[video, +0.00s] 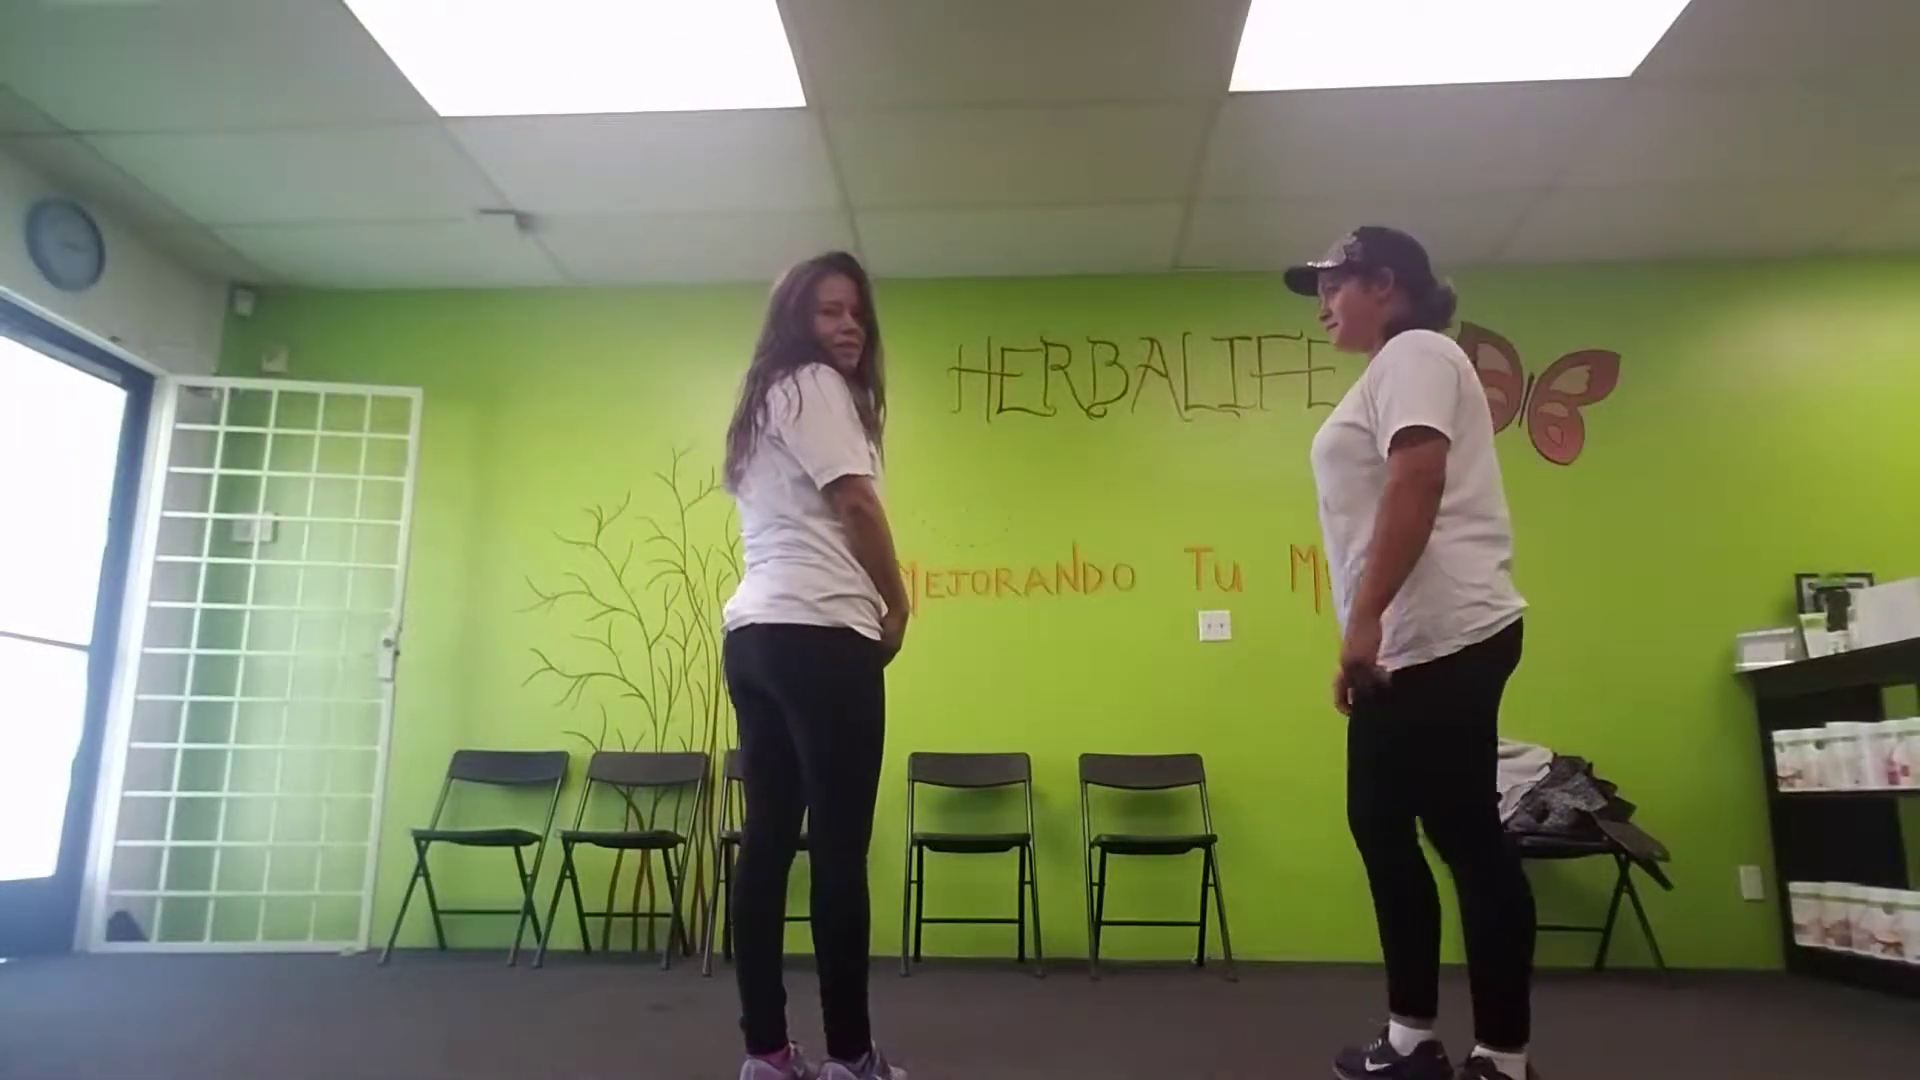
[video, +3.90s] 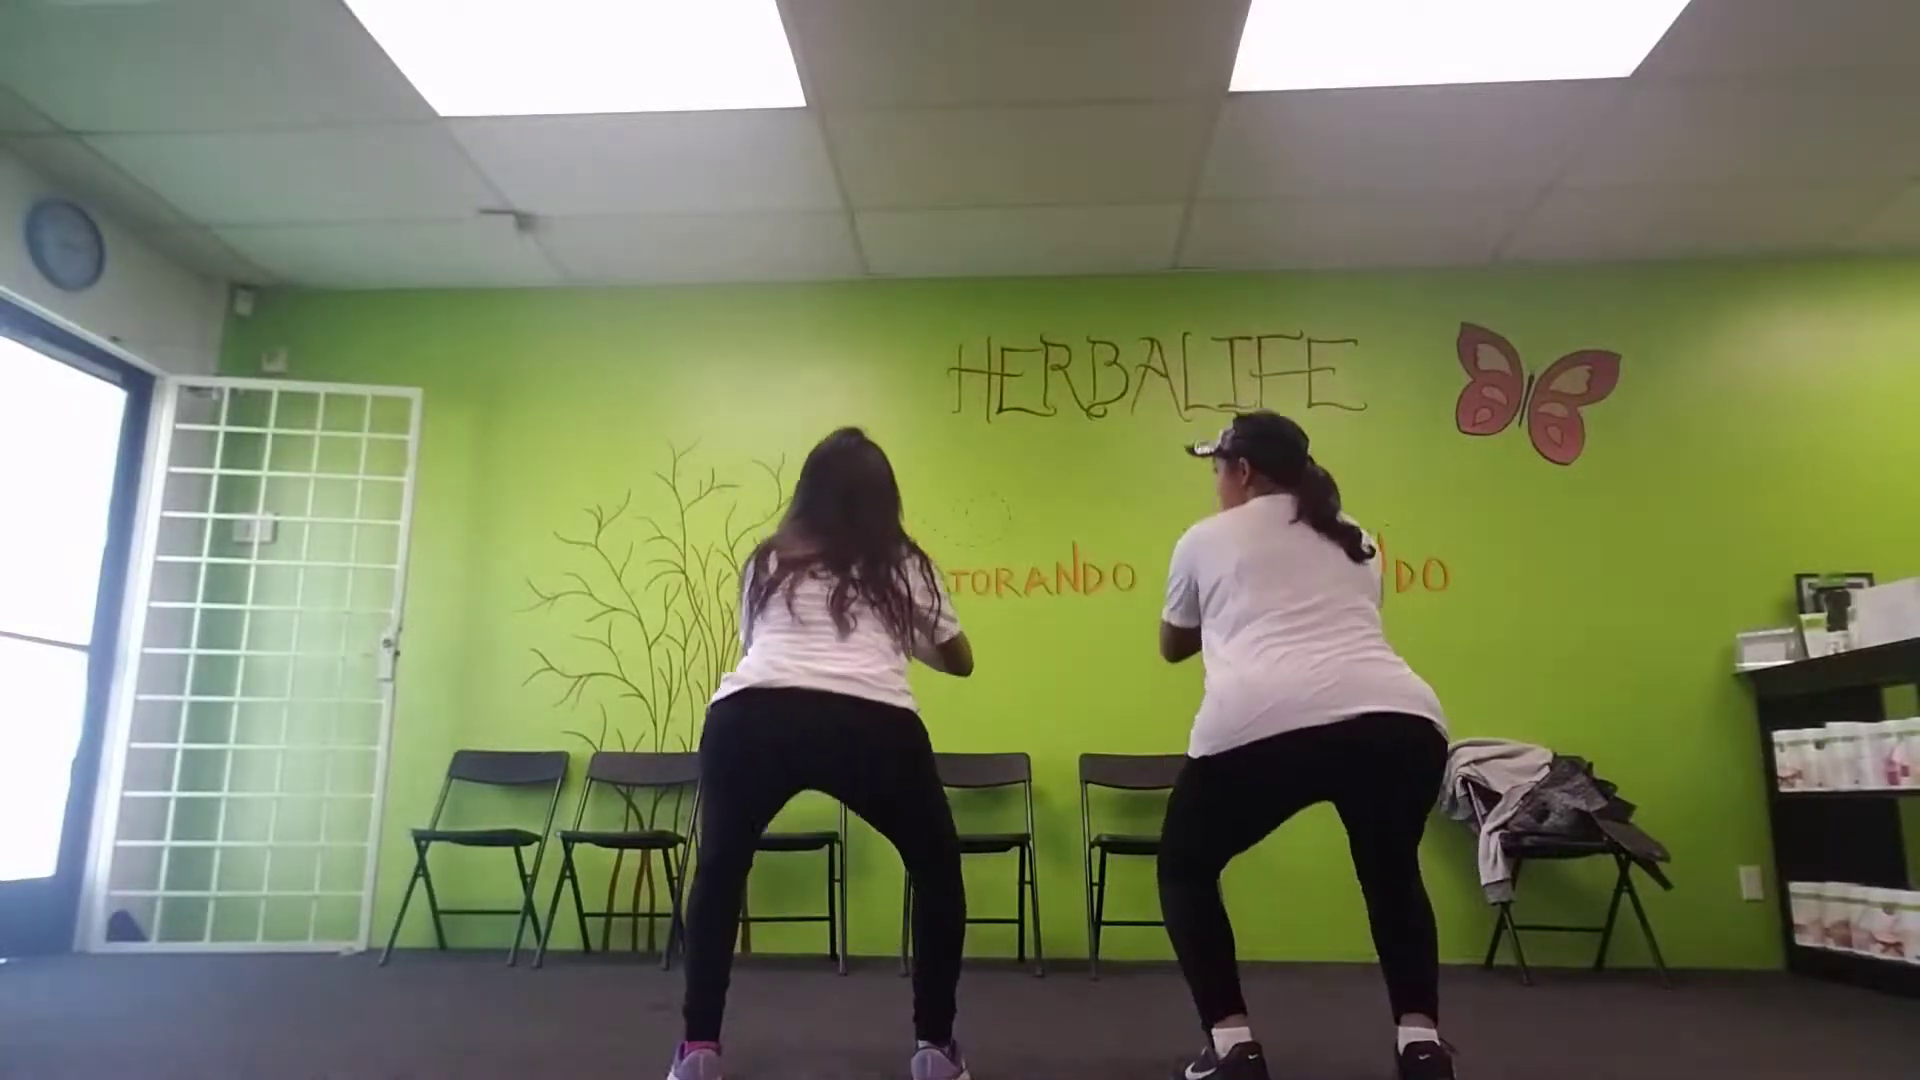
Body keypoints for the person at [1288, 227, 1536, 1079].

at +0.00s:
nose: (1322, 304)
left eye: (1333, 287)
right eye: (1322, 290)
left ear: (1384, 287)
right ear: (1381, 292)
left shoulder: (1415, 355)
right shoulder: (1396, 369)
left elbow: (1418, 484)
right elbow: (1396, 513)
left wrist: (1366, 613)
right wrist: (1358, 645)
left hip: (1446, 637)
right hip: (1402, 644)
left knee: (1468, 834)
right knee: (1380, 823)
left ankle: (1504, 1060)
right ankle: (1411, 1042)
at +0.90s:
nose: (1291, 342)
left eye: (1301, 327)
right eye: (1293, 328)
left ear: (1344, 327)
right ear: (1365, 335)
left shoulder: (1330, 378)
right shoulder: (1418, 416)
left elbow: (1307, 482)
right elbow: (1435, 557)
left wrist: (1238, 595)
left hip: (1352, 646)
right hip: (1416, 639)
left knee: (1376, 840)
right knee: (1399, 843)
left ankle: (1488, 1045)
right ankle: (1411, 1039)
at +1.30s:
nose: (1276, 351)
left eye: (1284, 337)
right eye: (1277, 337)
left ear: (1319, 336)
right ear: (1359, 340)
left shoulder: (1295, 395)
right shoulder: (1424, 417)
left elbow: (1244, 492)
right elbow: (1455, 545)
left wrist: (1189, 551)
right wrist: (1375, 566)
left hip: (1316, 651)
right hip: (1422, 645)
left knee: (1293, 832)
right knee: (1402, 832)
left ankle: (1358, 1014)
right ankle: (1419, 1033)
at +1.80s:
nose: (1215, 334)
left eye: (1221, 320)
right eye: (1217, 320)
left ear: (1243, 323)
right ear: (1303, 322)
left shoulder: (1198, 396)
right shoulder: (1361, 400)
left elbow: (1166, 513)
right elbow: (1367, 508)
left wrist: (1249, 479)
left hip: (1236, 649)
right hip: (1359, 640)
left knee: (1233, 847)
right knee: (1369, 833)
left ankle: (1235, 1050)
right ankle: (1411, 1039)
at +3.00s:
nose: (1224, 458)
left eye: (1229, 443)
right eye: (1225, 443)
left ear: (1259, 440)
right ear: (1305, 443)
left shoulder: (1219, 514)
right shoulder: (1373, 510)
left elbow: (1187, 618)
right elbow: (1375, 595)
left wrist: (1266, 583)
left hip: (1274, 716)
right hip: (1409, 709)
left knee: (1200, 863)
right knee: (1399, 862)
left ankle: (1231, 1049)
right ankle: (1424, 1043)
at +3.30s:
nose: (1215, 579)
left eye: (1219, 566)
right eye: (1215, 566)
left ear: (1249, 565)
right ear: (1299, 566)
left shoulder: (1212, 634)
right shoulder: (1360, 626)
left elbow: (1181, 740)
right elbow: (1376, 715)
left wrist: (1239, 675)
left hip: (1272, 844)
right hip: (1421, 835)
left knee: (1174, 873)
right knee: (1392, 879)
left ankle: (1231, 1046)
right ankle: (1420, 1040)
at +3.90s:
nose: (1215, 484)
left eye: (1218, 470)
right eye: (1216, 470)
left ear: (1242, 472)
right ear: (1297, 471)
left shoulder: (1206, 540)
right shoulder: (1354, 536)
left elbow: (1174, 646)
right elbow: (1363, 615)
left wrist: (1249, 598)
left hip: (1261, 735)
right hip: (1394, 725)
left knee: (1186, 869)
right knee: (1393, 870)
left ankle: (1231, 1044)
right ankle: (1420, 1038)